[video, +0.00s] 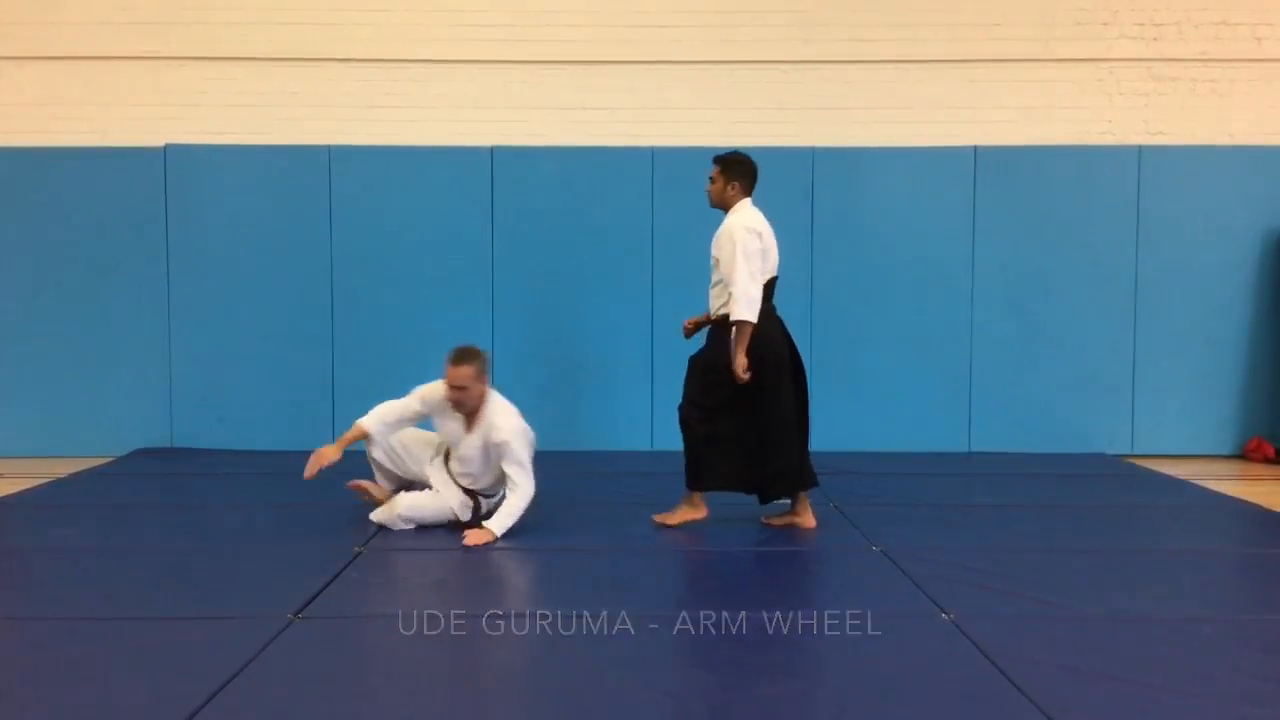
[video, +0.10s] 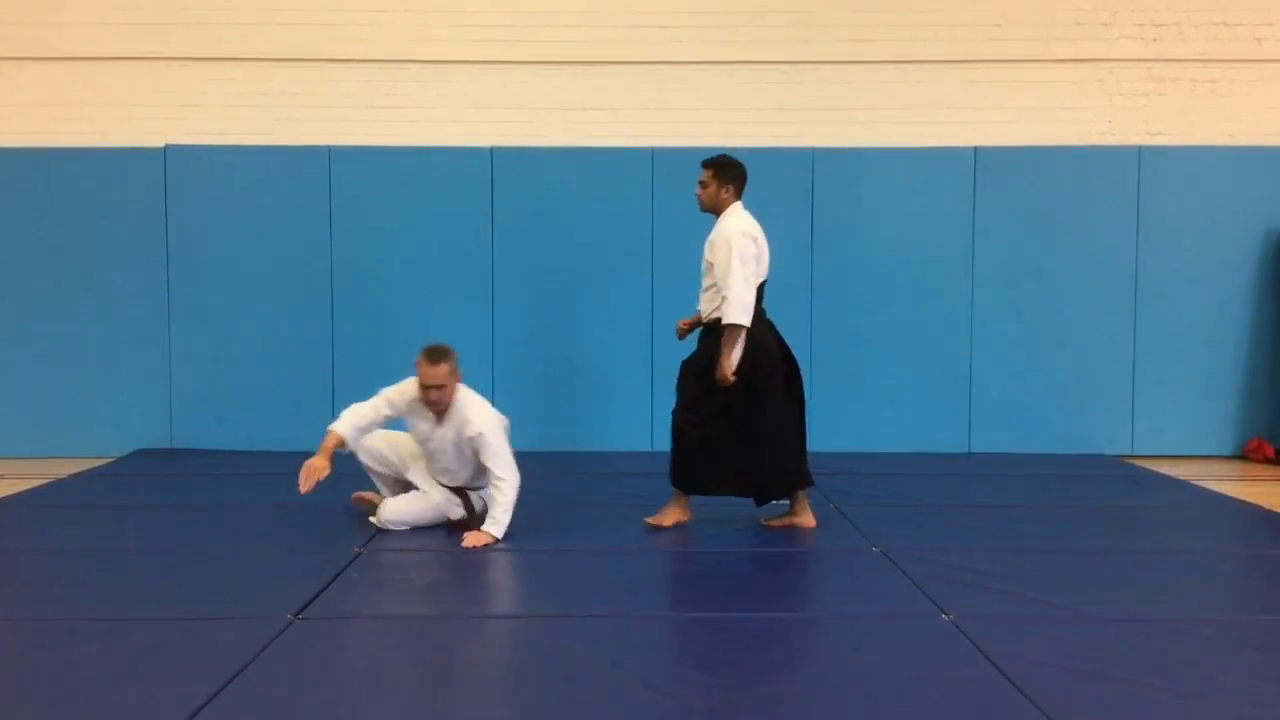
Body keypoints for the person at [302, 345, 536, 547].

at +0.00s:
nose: (451, 396)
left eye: (460, 390)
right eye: (449, 387)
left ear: (483, 384)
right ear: (445, 379)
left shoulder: (507, 427)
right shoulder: (442, 393)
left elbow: (523, 488)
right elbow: (393, 413)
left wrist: (491, 529)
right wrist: (339, 445)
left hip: (470, 495)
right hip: (445, 457)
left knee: (401, 508)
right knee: (382, 438)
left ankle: (385, 505)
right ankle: (388, 492)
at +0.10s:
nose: (432, 396)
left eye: (440, 388)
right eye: (425, 388)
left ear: (456, 380)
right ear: (418, 379)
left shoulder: (479, 419)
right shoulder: (411, 391)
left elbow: (506, 479)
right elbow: (361, 414)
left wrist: (490, 530)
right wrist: (324, 454)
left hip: (464, 493)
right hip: (430, 464)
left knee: (390, 514)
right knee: (368, 444)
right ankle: (394, 502)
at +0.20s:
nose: (419, 393)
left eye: (428, 384)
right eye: (411, 385)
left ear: (439, 377)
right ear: (399, 377)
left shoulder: (462, 415)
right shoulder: (388, 387)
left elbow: (494, 474)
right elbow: (337, 410)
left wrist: (490, 530)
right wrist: (312, 454)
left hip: (442, 483)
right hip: (408, 455)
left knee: (374, 518)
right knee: (338, 451)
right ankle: (388, 494)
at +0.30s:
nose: (417, 381)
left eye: (424, 372)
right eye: (408, 374)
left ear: (432, 365)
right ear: (391, 367)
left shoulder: (449, 400)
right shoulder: (377, 372)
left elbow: (477, 460)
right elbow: (322, 398)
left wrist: (487, 527)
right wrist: (304, 448)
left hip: (418, 467)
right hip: (382, 438)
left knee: (370, 521)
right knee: (317, 459)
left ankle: (408, 497)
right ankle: (370, 489)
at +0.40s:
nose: (416, 362)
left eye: (422, 353)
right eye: (407, 355)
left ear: (427, 347)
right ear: (386, 348)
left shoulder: (440, 383)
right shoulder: (366, 356)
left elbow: (465, 447)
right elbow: (309, 381)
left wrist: (471, 517)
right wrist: (296, 438)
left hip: (400, 457)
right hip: (358, 426)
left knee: (365, 523)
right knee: (286, 449)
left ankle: (366, 502)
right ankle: (330, 475)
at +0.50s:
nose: (416, 338)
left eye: (421, 329)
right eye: (407, 330)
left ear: (426, 326)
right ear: (384, 327)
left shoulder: (435, 369)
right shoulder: (358, 342)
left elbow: (450, 433)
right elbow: (303, 368)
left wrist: (452, 502)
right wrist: (280, 423)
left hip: (385, 448)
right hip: (342, 418)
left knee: (365, 525)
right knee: (275, 434)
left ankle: (355, 504)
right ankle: (278, 494)